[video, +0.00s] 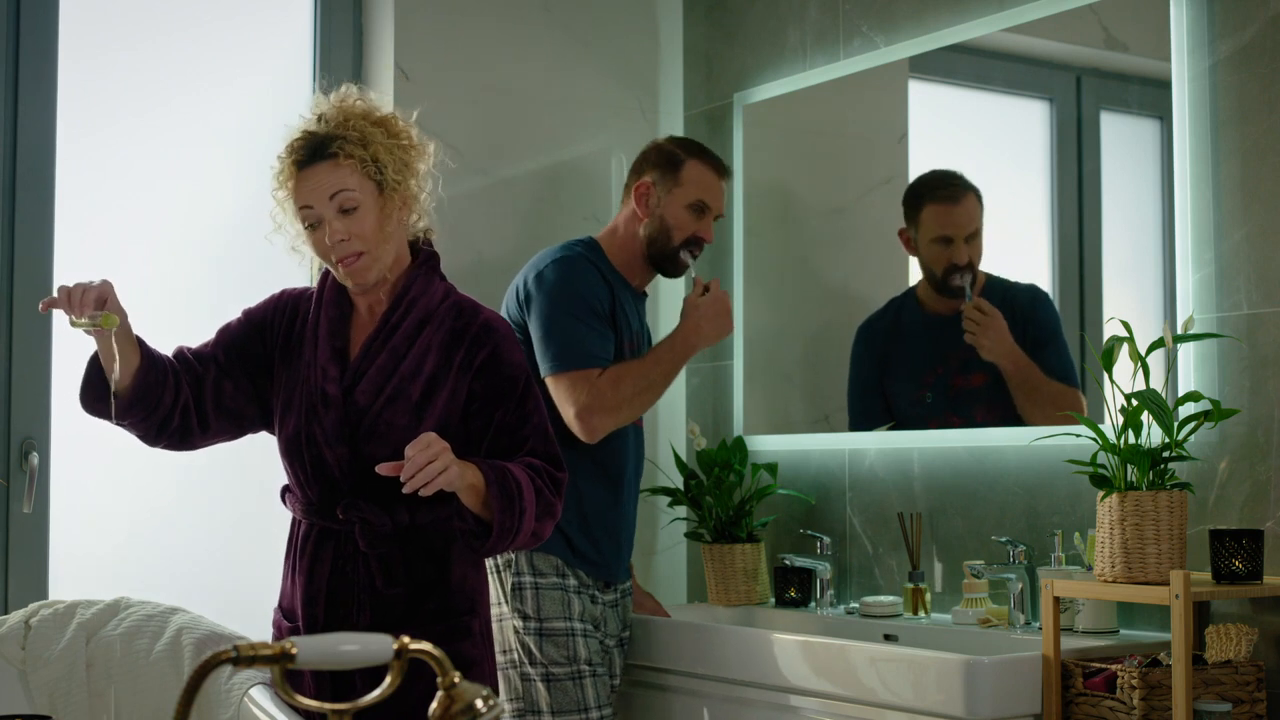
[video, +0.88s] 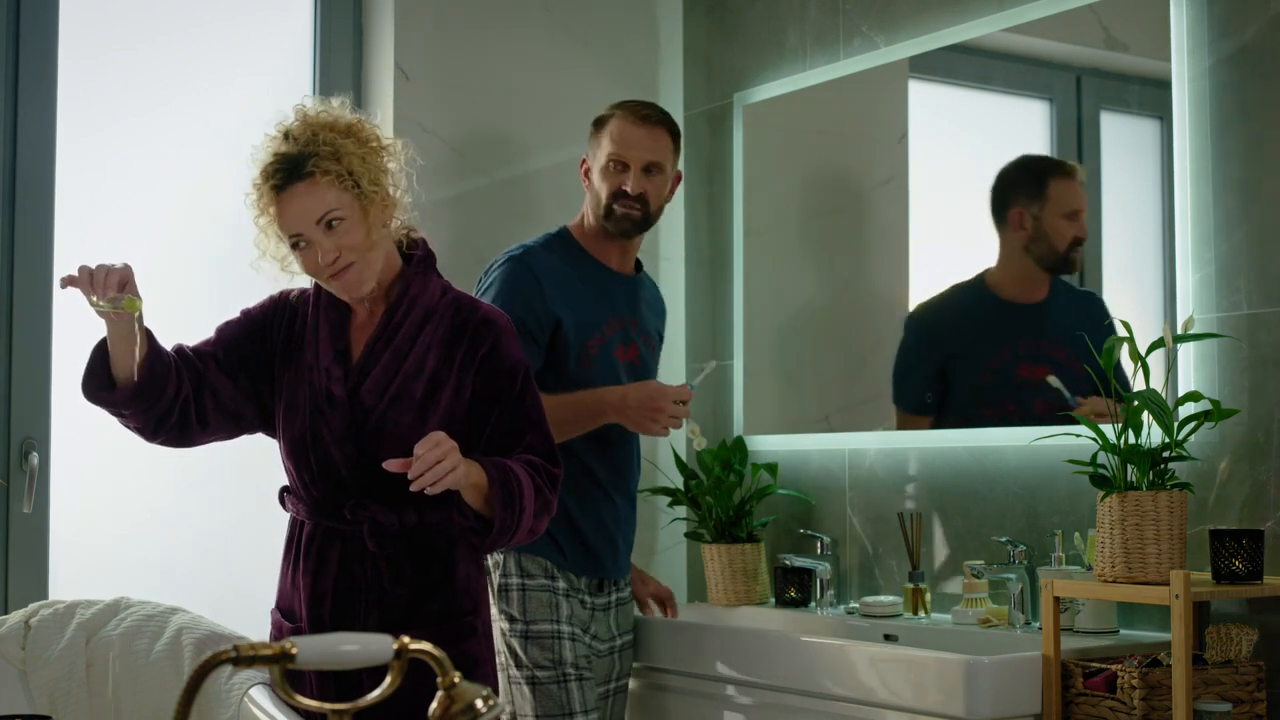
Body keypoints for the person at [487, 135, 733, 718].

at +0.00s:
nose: (707, 233)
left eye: (714, 219)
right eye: (697, 210)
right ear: (643, 198)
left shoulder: (629, 303)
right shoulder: (564, 276)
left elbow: (596, 465)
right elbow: (587, 412)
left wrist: (623, 581)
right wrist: (689, 337)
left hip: (599, 578)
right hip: (544, 570)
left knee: (586, 706)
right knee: (565, 710)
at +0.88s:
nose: (631, 185)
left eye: (650, 171)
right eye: (616, 165)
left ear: (672, 186)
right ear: (586, 170)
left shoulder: (646, 298)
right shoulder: (522, 276)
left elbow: (605, 448)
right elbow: (492, 422)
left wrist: (622, 566)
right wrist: (614, 404)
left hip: (606, 578)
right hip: (534, 572)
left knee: (600, 710)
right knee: (555, 712)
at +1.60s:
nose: (601, 187)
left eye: (627, 173)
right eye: (593, 163)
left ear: (667, 183)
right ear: (578, 155)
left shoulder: (679, 300)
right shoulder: (499, 265)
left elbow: (697, 456)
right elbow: (447, 400)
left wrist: (719, 592)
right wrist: (538, 413)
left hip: (602, 574)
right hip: (499, 561)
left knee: (592, 709)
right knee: (503, 712)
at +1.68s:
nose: (602, 193)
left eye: (629, 181)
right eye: (595, 170)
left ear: (669, 188)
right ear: (581, 157)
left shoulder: (680, 302)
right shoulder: (500, 267)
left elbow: (696, 460)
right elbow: (447, 405)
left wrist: (716, 596)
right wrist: (535, 416)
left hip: (601, 577)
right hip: (498, 563)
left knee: (592, 710)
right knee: (502, 713)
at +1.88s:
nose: (606, 198)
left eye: (632, 185)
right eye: (598, 173)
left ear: (672, 191)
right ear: (583, 159)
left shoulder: (683, 304)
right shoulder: (500, 268)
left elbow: (697, 461)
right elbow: (448, 405)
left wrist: (715, 597)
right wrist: (530, 417)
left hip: (603, 579)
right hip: (497, 567)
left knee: (594, 711)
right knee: (501, 713)